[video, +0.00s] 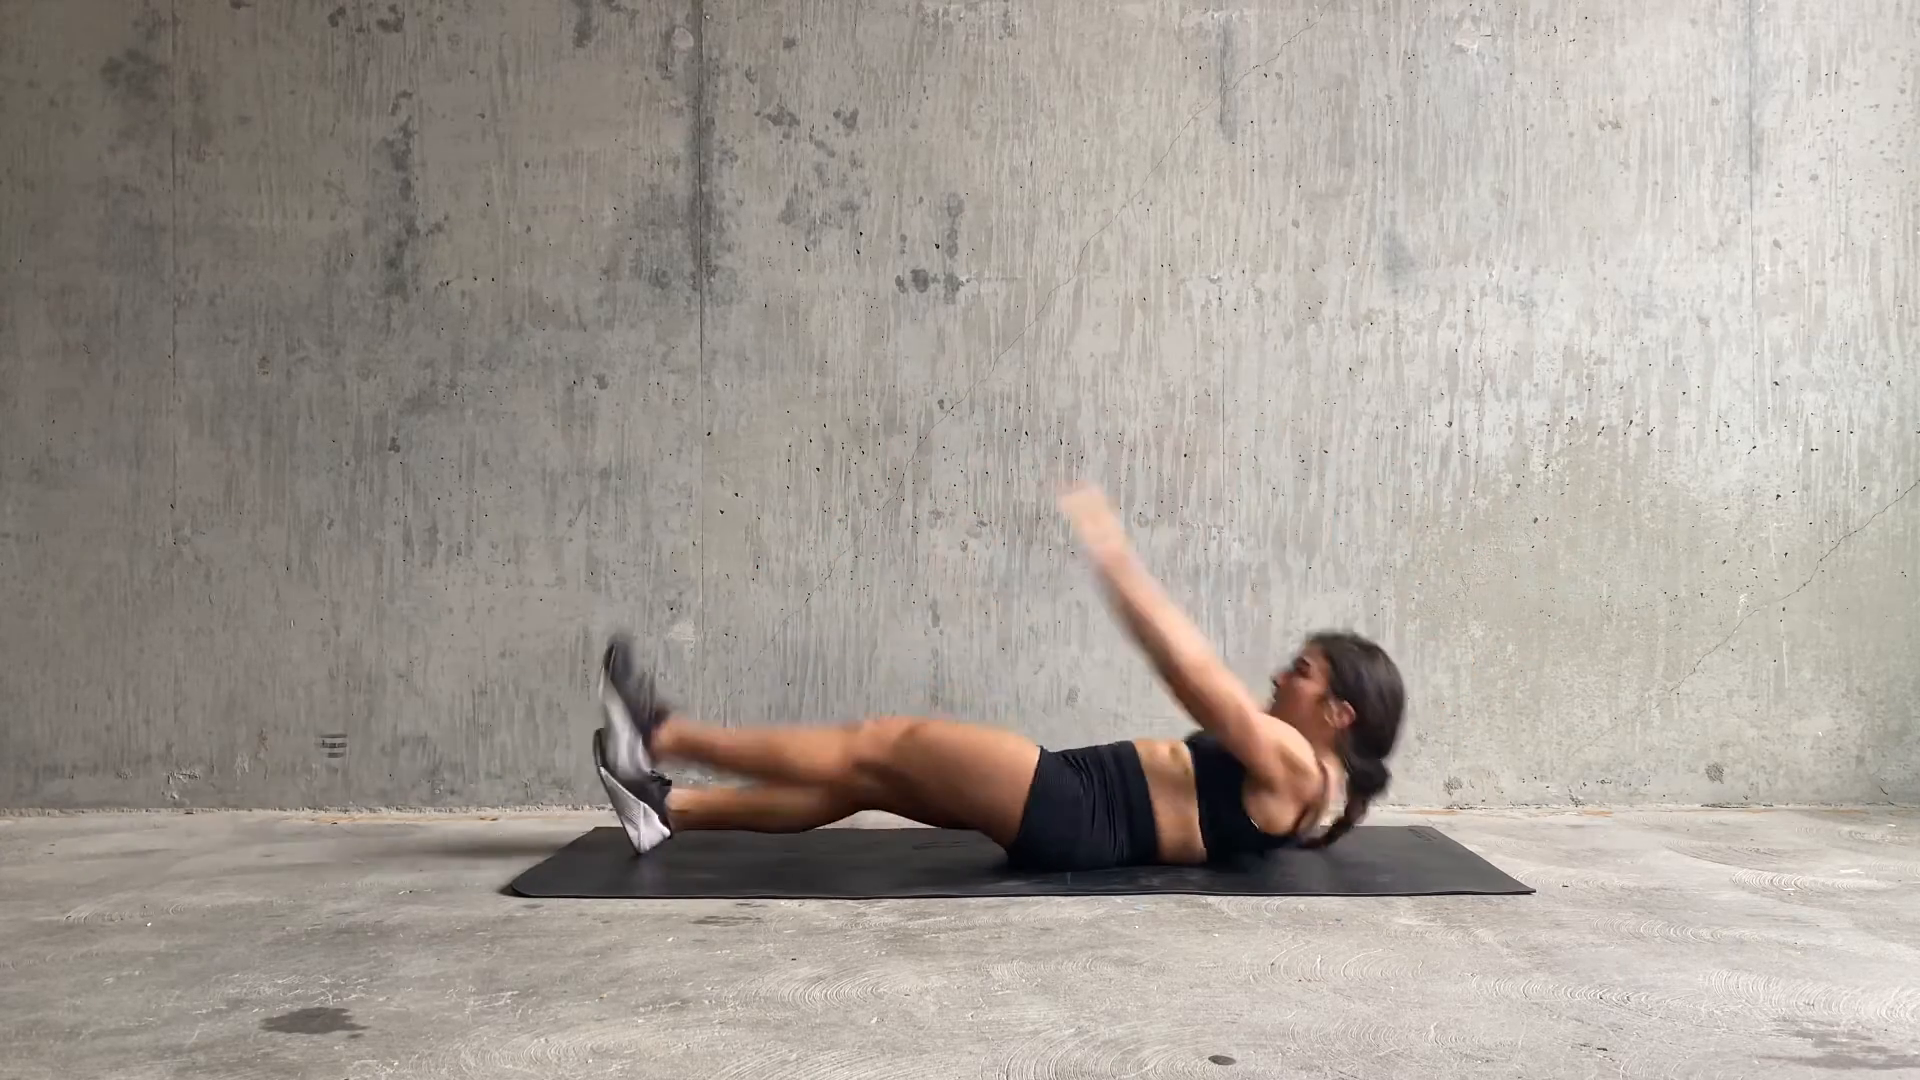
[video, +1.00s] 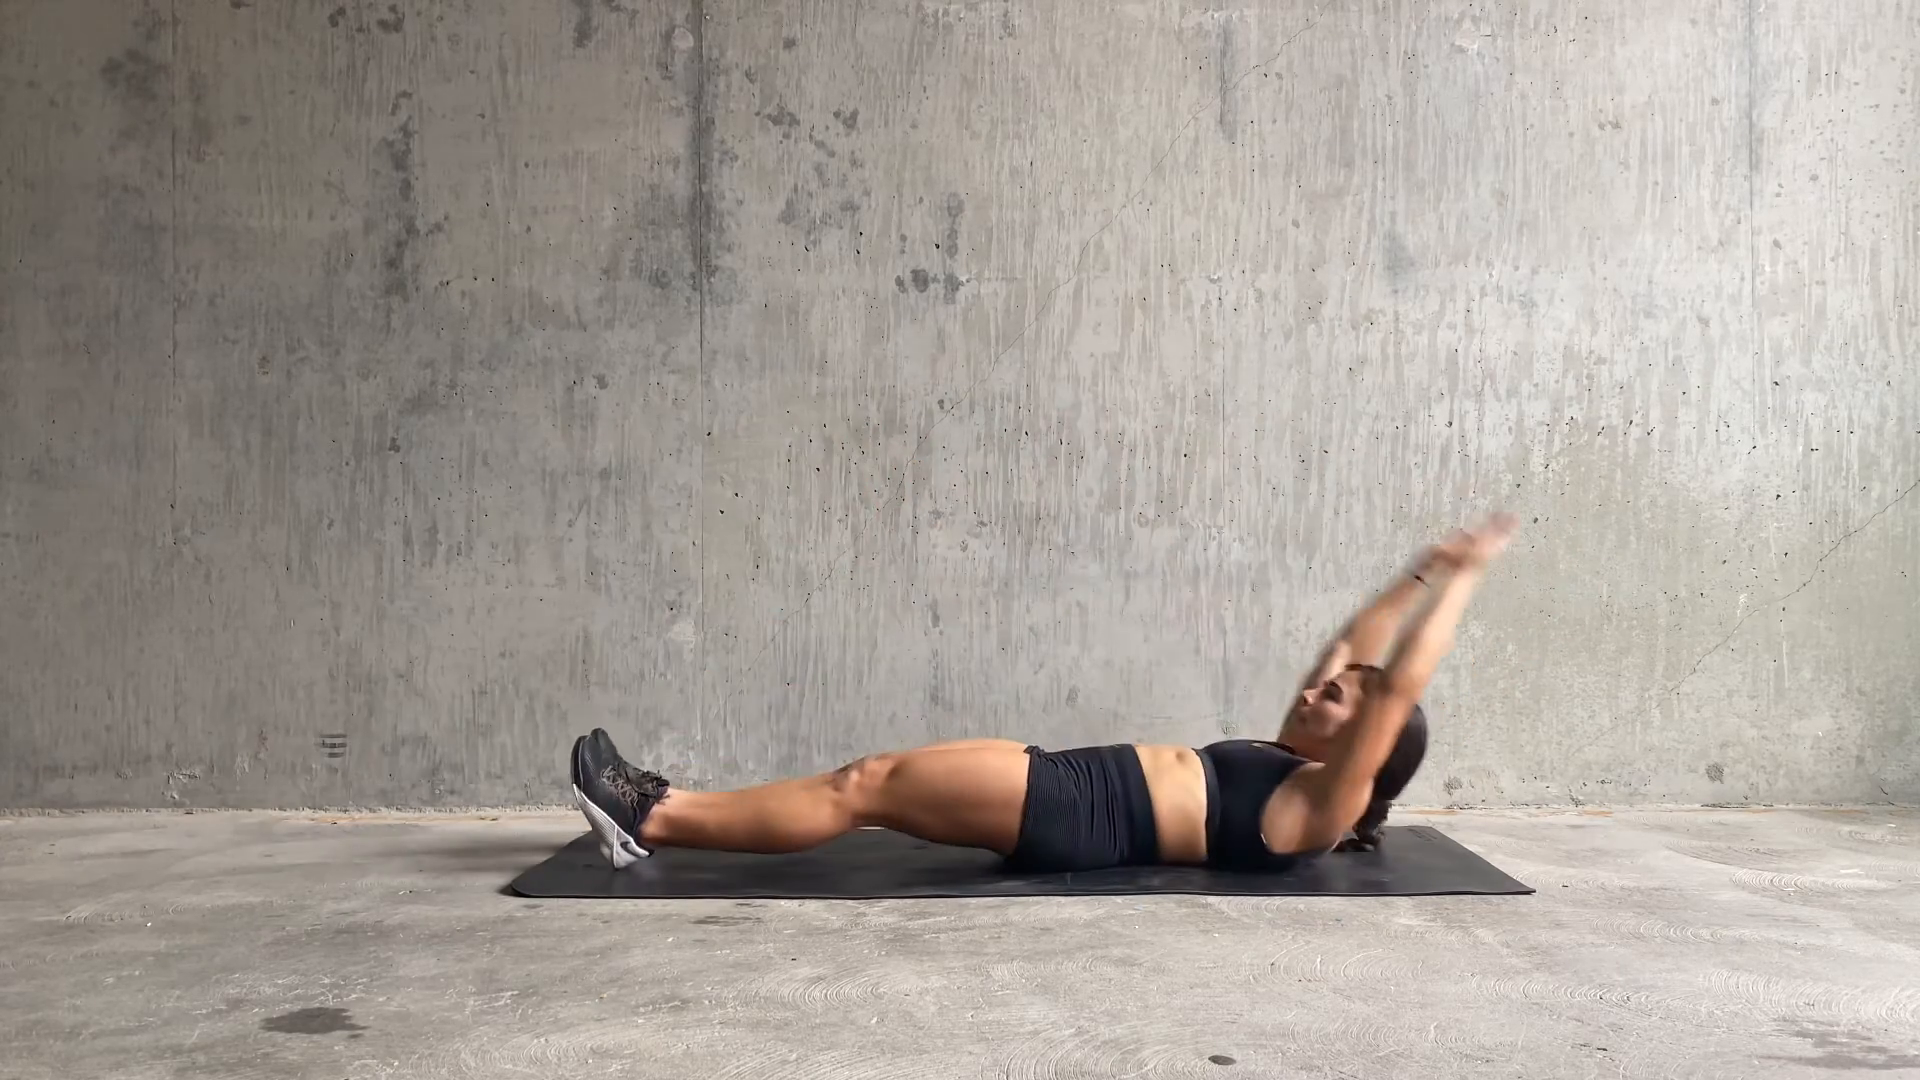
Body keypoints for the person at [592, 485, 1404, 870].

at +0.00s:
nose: (1280, 684)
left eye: (1299, 678)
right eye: (1292, 670)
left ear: (1339, 712)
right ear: (1341, 717)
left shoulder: (1291, 761)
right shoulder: (1309, 779)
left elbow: (1186, 664)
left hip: (1079, 805)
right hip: (1084, 813)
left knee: (888, 743)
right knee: (867, 783)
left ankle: (668, 736)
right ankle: (665, 812)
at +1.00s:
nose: (1315, 696)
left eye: (1339, 695)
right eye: (1326, 681)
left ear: (1369, 729)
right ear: (1319, 693)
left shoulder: (1321, 807)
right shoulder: (1297, 773)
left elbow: (1399, 689)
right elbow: (1353, 657)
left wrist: (1457, 581)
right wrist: (1419, 573)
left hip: (1087, 807)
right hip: (1082, 781)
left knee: (873, 787)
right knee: (877, 777)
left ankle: (656, 822)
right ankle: (671, 814)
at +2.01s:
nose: (1198, 575)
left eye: (1215, 569)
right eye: (1208, 562)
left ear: (1253, 601)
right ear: (1250, 602)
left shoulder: (1223, 672)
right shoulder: (1205, 658)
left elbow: (1098, 600)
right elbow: (1069, 624)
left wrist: (993, 501)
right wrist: (968, 556)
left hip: (1062, 811)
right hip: (1053, 768)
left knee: (845, 781)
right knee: (912, 636)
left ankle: (632, 826)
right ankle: (750, 540)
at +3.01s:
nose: (1195, 581)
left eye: (1212, 576)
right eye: (1204, 570)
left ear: (1249, 611)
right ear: (1237, 608)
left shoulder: (1228, 685)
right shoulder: (1199, 655)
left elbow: (1090, 644)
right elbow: (1081, 608)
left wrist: (966, 581)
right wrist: (973, 528)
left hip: (1070, 818)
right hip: (1051, 796)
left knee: (938, 648)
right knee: (851, 767)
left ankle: (768, 512)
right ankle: (649, 810)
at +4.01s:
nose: (1344, 707)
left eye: (1366, 711)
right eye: (1359, 699)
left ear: (1380, 757)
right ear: (1352, 727)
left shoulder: (1325, 818)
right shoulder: (1313, 781)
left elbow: (1441, 727)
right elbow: (1422, 707)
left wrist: (1541, 650)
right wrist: (1512, 646)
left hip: (1088, 806)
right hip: (1091, 784)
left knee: (872, 786)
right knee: (875, 781)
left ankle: (662, 822)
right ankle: (671, 820)